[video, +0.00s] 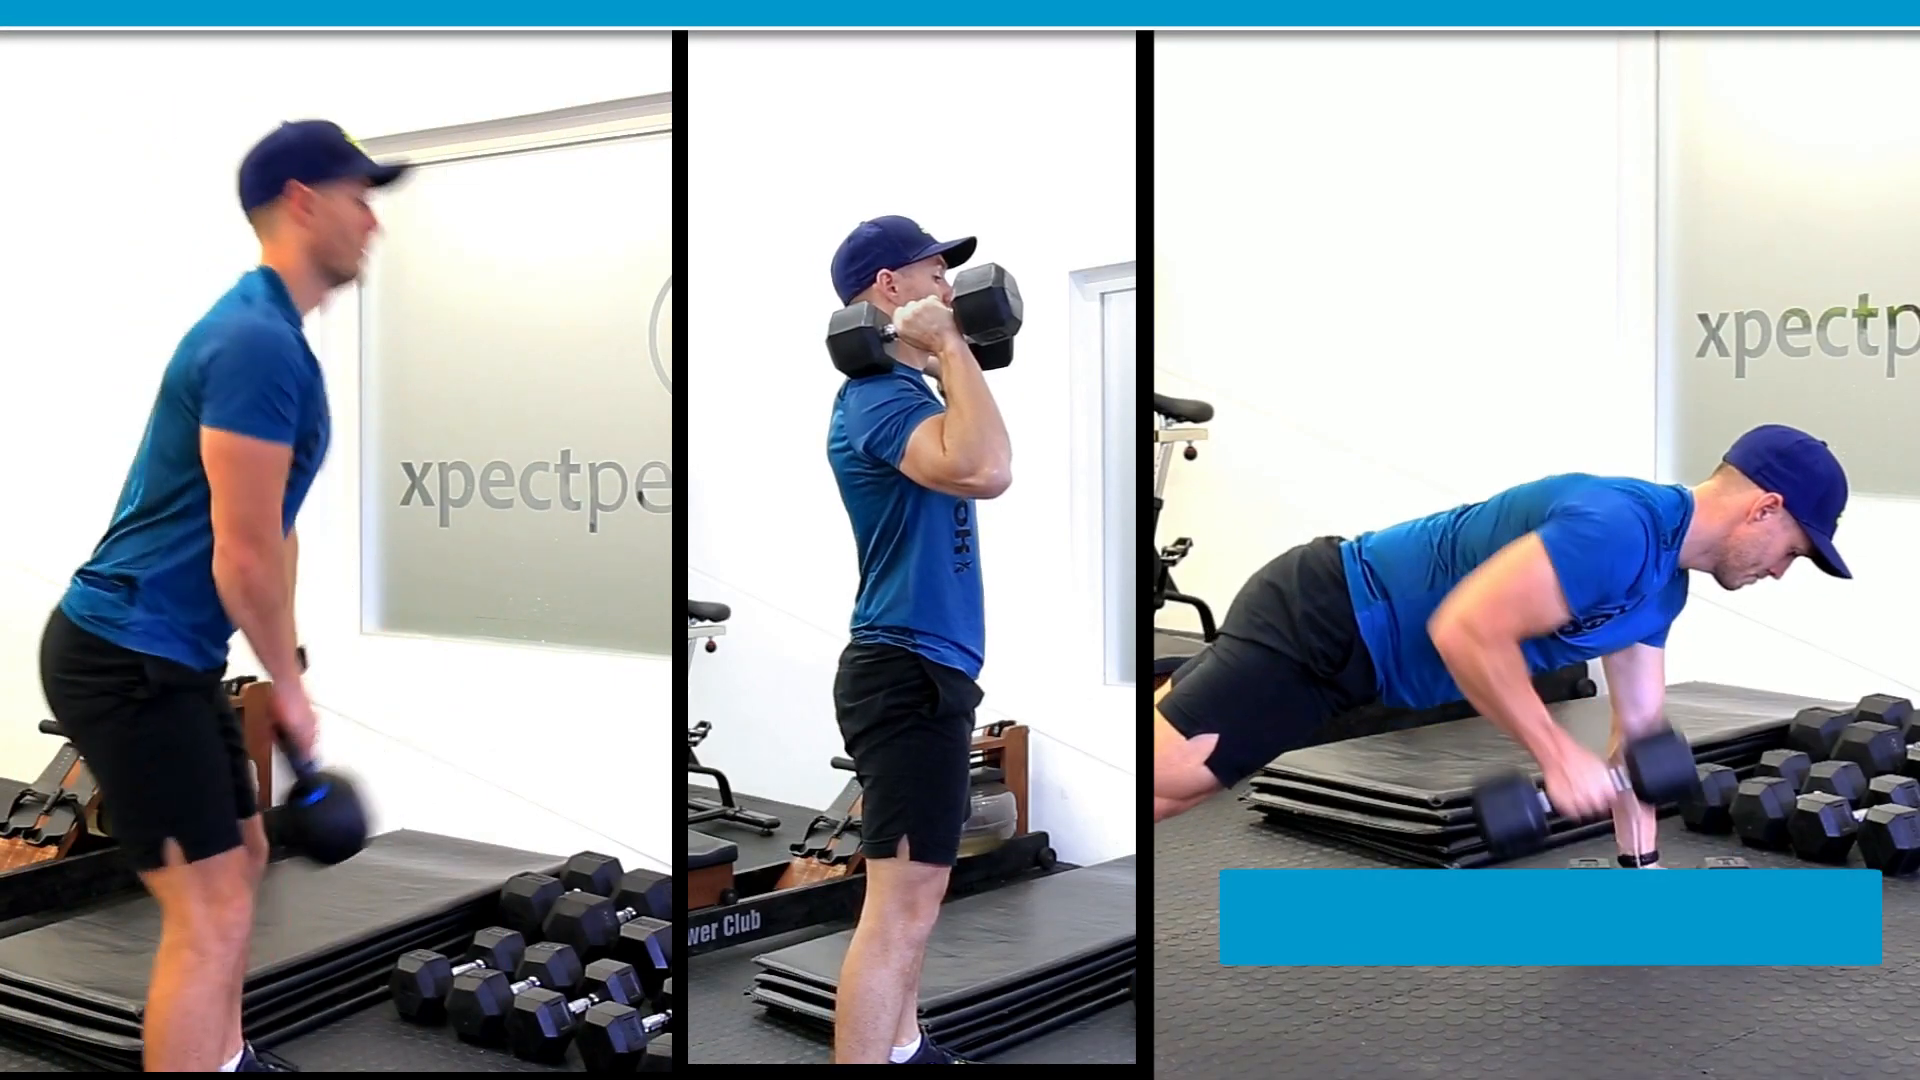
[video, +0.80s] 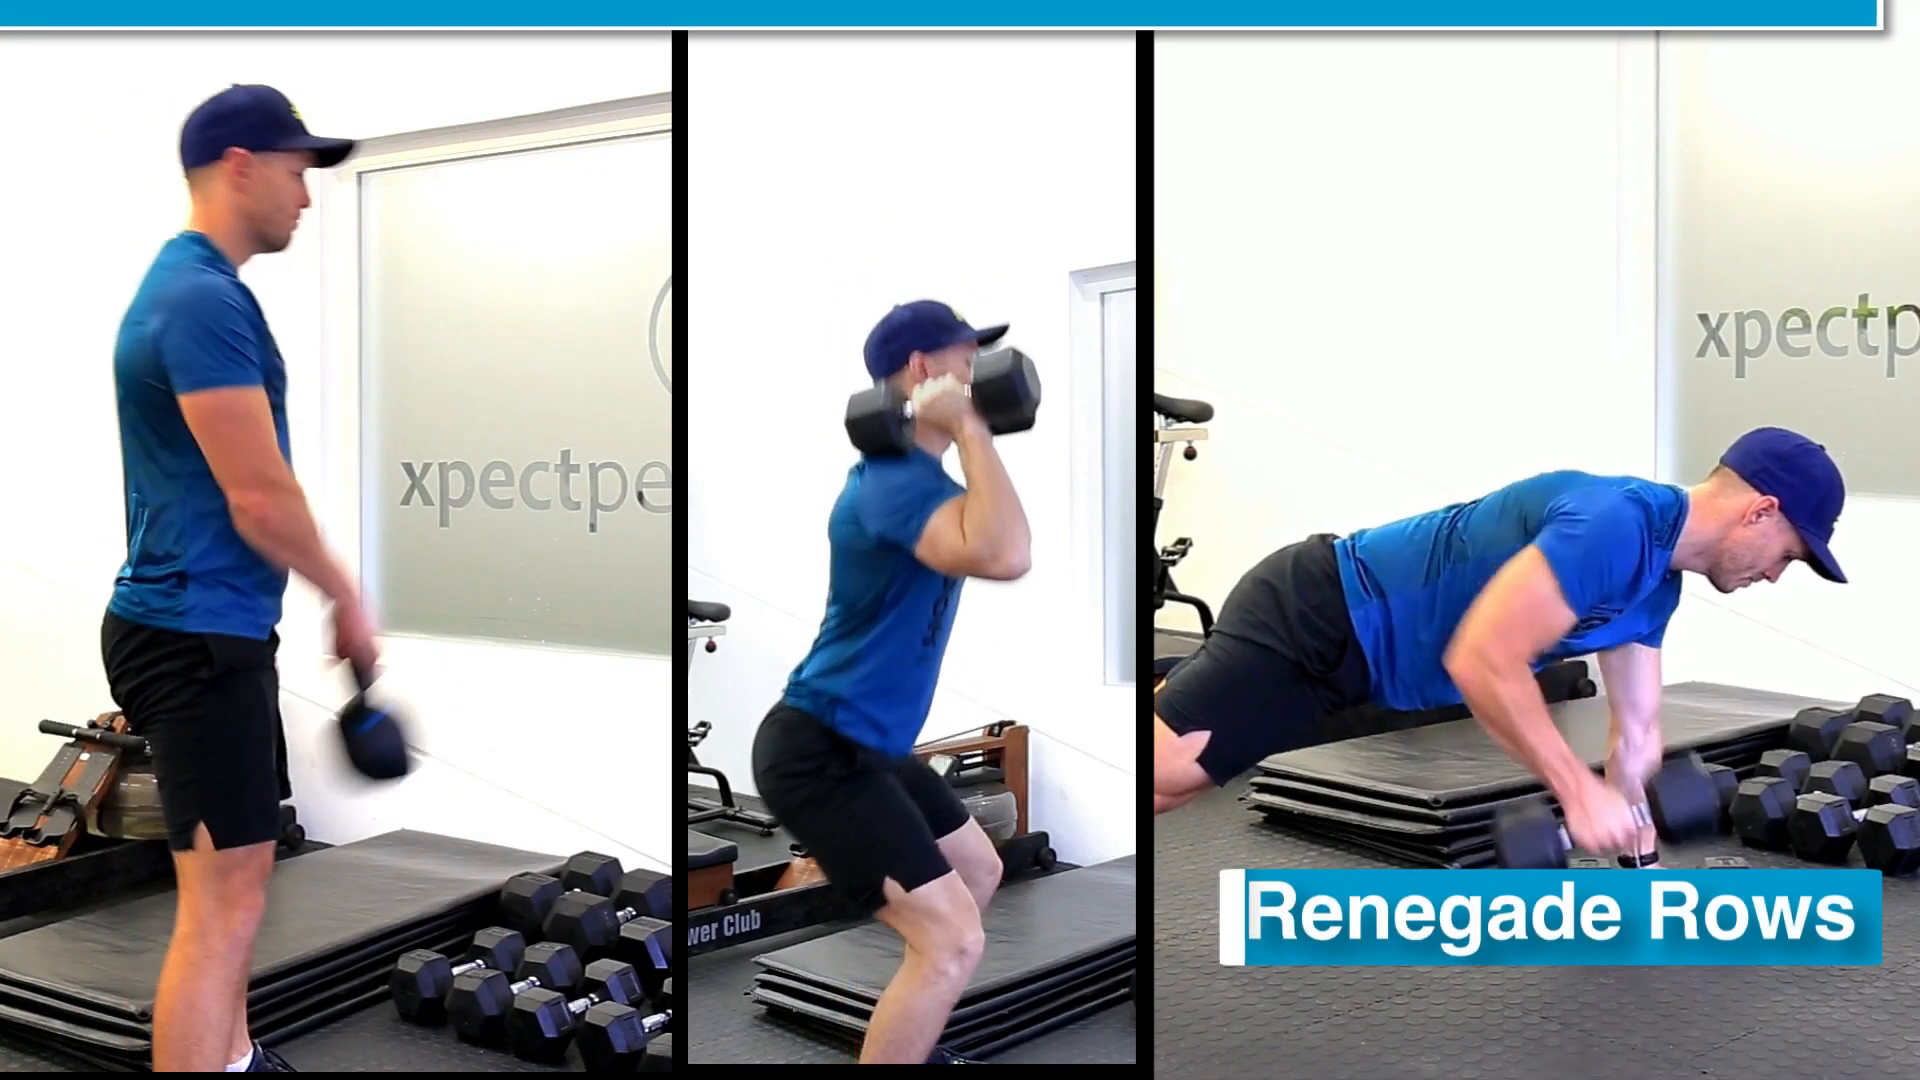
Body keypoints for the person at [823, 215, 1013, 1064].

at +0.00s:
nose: (950, 282)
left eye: (945, 268)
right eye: (937, 270)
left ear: (887, 289)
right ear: (888, 285)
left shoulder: (904, 395)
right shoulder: (873, 399)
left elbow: (990, 471)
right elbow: (977, 465)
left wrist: (953, 353)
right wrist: (948, 346)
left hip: (933, 674)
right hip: (906, 675)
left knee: (918, 898)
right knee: (900, 907)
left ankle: (900, 1047)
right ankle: (864, 1062)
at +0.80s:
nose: (975, 374)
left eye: (974, 360)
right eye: (965, 360)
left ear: (912, 374)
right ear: (919, 369)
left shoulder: (916, 476)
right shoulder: (891, 482)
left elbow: (992, 548)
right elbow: (1003, 555)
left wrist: (973, 428)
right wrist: (967, 426)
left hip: (868, 742)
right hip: (820, 750)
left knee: (977, 871)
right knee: (950, 944)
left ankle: (913, 1034)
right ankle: (893, 1055)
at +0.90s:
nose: (976, 397)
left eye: (975, 383)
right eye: (967, 383)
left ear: (914, 393)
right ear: (921, 388)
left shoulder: (918, 494)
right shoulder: (891, 501)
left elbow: (984, 566)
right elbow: (1004, 575)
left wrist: (970, 444)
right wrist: (966, 445)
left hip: (868, 754)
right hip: (815, 763)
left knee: (979, 874)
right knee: (953, 948)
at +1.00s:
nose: (981, 434)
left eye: (980, 421)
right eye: (972, 420)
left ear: (921, 428)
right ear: (926, 424)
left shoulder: (926, 527)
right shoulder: (890, 536)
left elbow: (999, 608)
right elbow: (1005, 618)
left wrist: (976, 489)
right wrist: (970, 487)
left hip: (865, 779)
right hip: (805, 793)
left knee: (986, 878)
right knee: (960, 952)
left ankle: (915, 1034)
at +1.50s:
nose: (997, 527)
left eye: (993, 511)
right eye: (985, 511)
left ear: (939, 526)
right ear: (939, 524)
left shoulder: (938, 621)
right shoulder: (896, 633)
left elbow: (1006, 715)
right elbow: (1000, 741)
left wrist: (989, 597)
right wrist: (979, 601)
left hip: (852, 840)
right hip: (789, 864)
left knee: (993, 882)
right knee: (968, 956)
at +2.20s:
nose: (997, 528)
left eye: (991, 512)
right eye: (983, 511)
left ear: (938, 529)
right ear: (935, 526)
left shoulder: (938, 625)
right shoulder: (894, 636)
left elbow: (1004, 724)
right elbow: (990, 750)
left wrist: (997, 609)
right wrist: (984, 612)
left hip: (863, 840)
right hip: (794, 863)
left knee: (996, 882)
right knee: (971, 959)